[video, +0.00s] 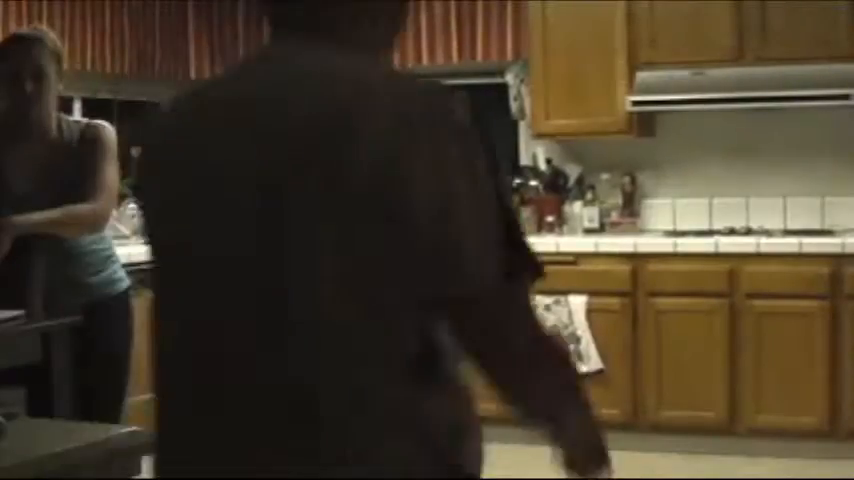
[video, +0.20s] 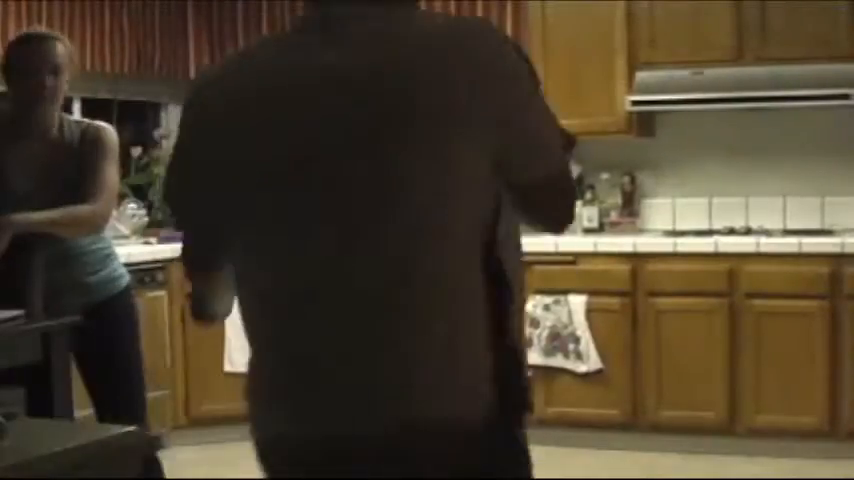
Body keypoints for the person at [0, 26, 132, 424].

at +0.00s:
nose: (26, 88)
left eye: (37, 77)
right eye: (15, 78)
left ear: (58, 80)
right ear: (2, 83)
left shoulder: (94, 135)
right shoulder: (7, 143)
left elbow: (98, 213)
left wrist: (16, 225)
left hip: (97, 298)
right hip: (30, 304)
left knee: (97, 431)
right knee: (41, 427)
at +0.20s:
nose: (45, 83)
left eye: (54, 72)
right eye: (33, 73)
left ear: (67, 79)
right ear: (11, 79)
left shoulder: (96, 136)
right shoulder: (8, 138)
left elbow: (97, 215)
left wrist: (17, 222)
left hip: (97, 295)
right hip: (25, 305)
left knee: (127, 432)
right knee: (42, 435)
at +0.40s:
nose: (79, 76)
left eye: (86, 68)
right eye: (68, 66)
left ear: (91, 77)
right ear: (32, 71)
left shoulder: (107, 136)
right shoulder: (10, 135)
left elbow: (103, 214)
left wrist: (25, 217)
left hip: (103, 294)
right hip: (26, 302)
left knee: (151, 425)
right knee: (44, 433)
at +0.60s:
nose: (106, 68)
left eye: (110, 61)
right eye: (91, 58)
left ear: (115, 73)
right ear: (55, 69)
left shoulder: (129, 135)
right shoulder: (21, 142)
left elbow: (156, 220)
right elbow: (2, 204)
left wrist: (77, 227)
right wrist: (22, 221)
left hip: (123, 298)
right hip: (51, 306)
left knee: (156, 420)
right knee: (62, 432)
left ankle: (155, 477)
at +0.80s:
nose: (138, 73)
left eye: (141, 66)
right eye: (125, 63)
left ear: (146, 77)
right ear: (91, 74)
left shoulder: (156, 138)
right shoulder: (71, 139)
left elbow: (184, 214)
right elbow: (31, 200)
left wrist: (176, 257)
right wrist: (120, 218)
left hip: (146, 303)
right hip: (86, 304)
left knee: (166, 415)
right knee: (90, 424)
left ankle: (150, 477)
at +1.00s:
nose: (177, 81)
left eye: (179, 73)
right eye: (164, 73)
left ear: (179, 80)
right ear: (130, 82)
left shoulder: (170, 140)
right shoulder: (124, 143)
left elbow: (185, 211)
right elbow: (138, 213)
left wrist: (213, 251)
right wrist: (237, 230)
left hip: (170, 296)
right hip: (126, 297)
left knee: (193, 410)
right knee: (135, 420)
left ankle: (159, 476)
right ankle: (120, 477)